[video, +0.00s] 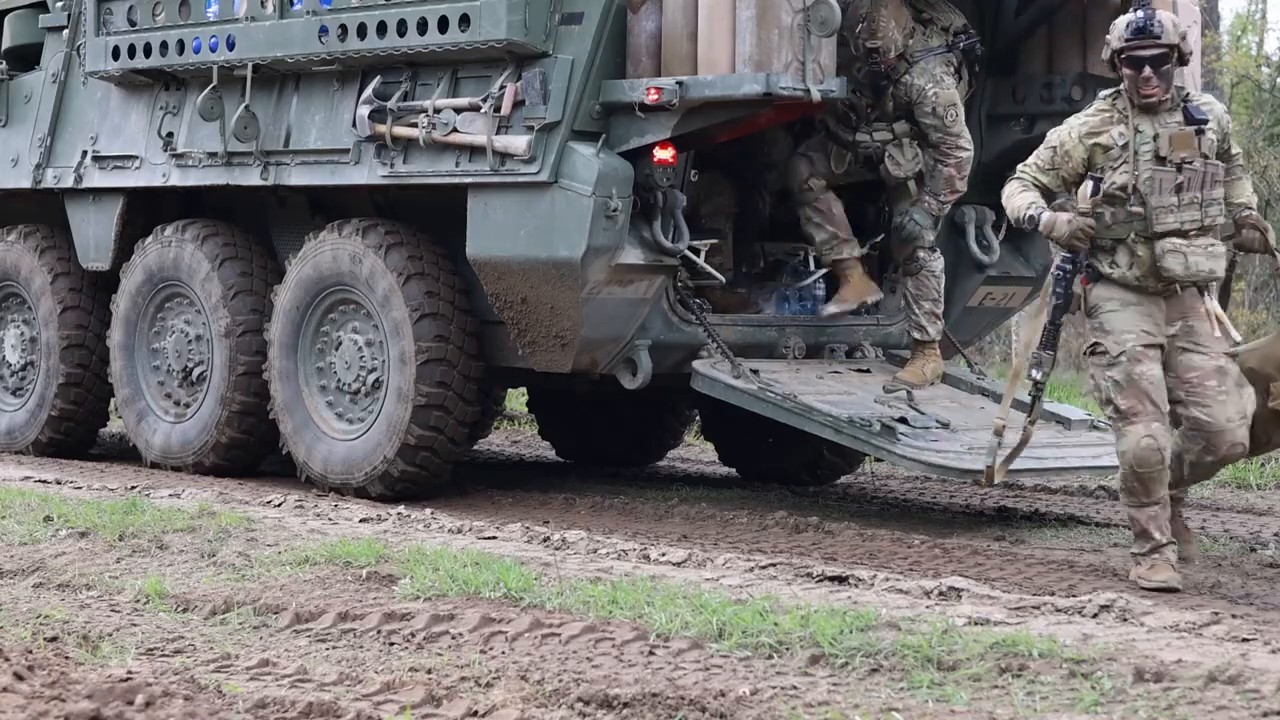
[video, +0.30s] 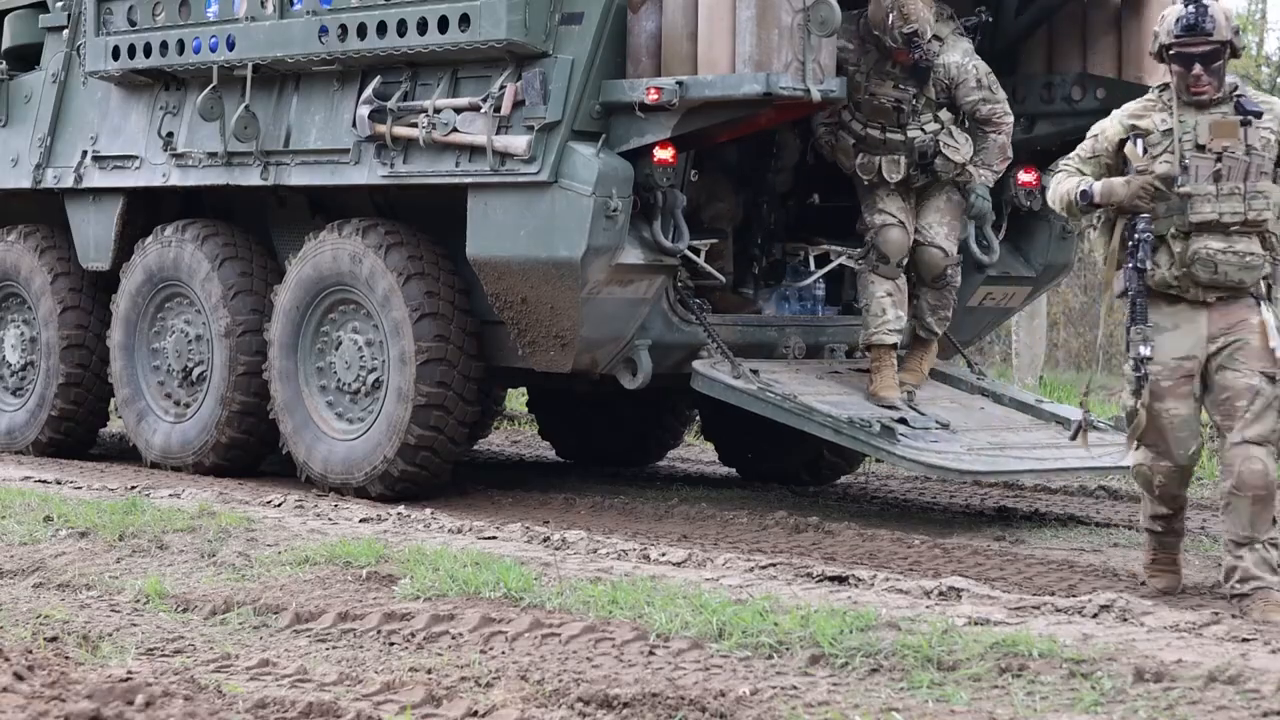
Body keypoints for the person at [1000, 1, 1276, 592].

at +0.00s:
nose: (1149, 73)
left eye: (1160, 61)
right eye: (1136, 63)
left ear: (1176, 61)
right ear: (1118, 67)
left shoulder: (1207, 116)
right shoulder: (1091, 127)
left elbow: (1235, 175)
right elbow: (1016, 189)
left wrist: (1247, 218)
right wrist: (1045, 216)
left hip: (1193, 297)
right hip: (1120, 298)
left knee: (1225, 433)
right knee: (1146, 436)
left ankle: (1167, 491)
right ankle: (1153, 551)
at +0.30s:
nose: (1197, 72)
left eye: (1209, 60)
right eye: (1184, 61)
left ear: (1229, 57)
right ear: (1166, 61)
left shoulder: (1263, 119)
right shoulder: (1134, 121)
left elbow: (1271, 202)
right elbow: (1058, 187)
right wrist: (1103, 191)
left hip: (1243, 304)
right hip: (1165, 306)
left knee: (1256, 446)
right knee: (1169, 444)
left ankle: (1251, 575)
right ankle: (1163, 540)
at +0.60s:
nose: (1207, 45)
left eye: (1219, 31)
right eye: (1192, 35)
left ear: (1242, 31)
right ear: (1176, 42)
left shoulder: (1270, 93)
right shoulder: (1149, 107)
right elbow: (1089, 189)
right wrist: (1135, 187)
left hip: (1269, 289)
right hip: (1192, 290)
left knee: (1269, 437)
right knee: (1215, 422)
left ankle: (1263, 570)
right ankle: (1219, 562)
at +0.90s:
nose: (1211, 8)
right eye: (1197, 2)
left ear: (1247, 6)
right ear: (1179, 9)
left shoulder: (1273, 60)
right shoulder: (1143, 73)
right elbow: (1086, 167)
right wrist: (1138, 156)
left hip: (1266, 261)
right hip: (1179, 267)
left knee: (1270, 409)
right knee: (1185, 435)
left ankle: (1269, 550)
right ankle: (1220, 577)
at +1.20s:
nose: (1243, 7)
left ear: (1271, 5)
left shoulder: (1277, 57)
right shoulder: (1160, 52)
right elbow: (1096, 157)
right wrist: (1148, 93)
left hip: (1268, 266)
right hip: (1179, 265)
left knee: (1262, 434)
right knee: (1178, 460)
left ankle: (1261, 559)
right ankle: (1235, 566)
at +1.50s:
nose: (1200, 7)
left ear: (1242, 4)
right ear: (1171, 3)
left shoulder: (1269, 59)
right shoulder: (1132, 62)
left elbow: (1276, 193)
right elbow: (1082, 185)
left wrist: (1265, 277)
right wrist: (1122, 116)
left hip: (1253, 284)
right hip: (1151, 286)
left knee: (1258, 459)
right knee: (1126, 443)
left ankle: (1266, 627)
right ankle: (1138, 642)